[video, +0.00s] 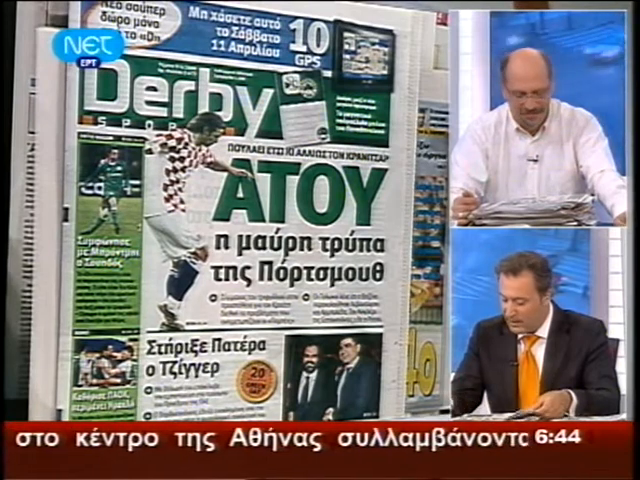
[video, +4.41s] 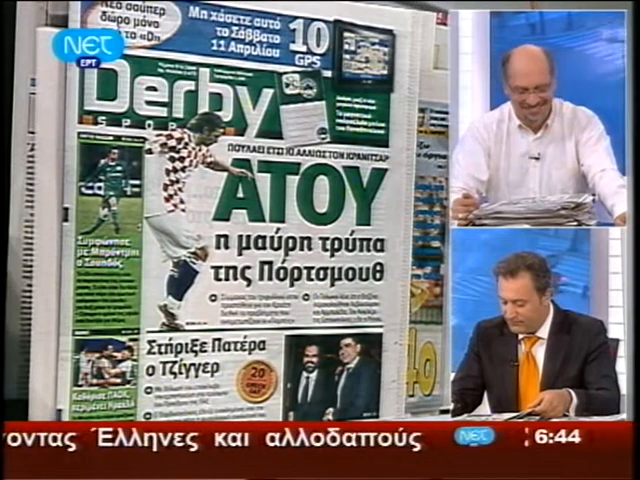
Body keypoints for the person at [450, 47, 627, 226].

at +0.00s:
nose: (530, 105)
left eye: (539, 94)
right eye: (520, 95)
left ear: (551, 86)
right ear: (504, 90)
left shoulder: (580, 124)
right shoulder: (482, 131)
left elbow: (604, 174)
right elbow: (462, 187)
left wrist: (624, 211)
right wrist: (462, 208)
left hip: (567, 246)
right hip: (499, 246)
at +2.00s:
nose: (526, 106)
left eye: (536, 96)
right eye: (517, 96)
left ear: (550, 88)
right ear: (504, 90)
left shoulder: (579, 124)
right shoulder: (482, 130)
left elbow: (603, 174)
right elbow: (462, 188)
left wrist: (624, 212)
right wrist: (462, 208)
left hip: (567, 244)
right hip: (499, 244)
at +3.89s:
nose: (533, 98)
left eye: (542, 87)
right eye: (523, 88)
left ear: (554, 81)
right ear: (507, 85)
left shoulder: (582, 122)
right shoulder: (485, 129)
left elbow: (605, 173)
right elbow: (462, 188)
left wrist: (624, 211)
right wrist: (462, 208)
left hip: (569, 244)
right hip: (501, 244)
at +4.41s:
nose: (532, 100)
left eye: (541, 89)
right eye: (521, 91)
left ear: (554, 82)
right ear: (506, 87)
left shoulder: (582, 123)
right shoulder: (484, 129)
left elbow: (605, 173)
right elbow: (462, 188)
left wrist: (624, 211)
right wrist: (462, 208)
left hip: (569, 244)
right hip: (501, 244)